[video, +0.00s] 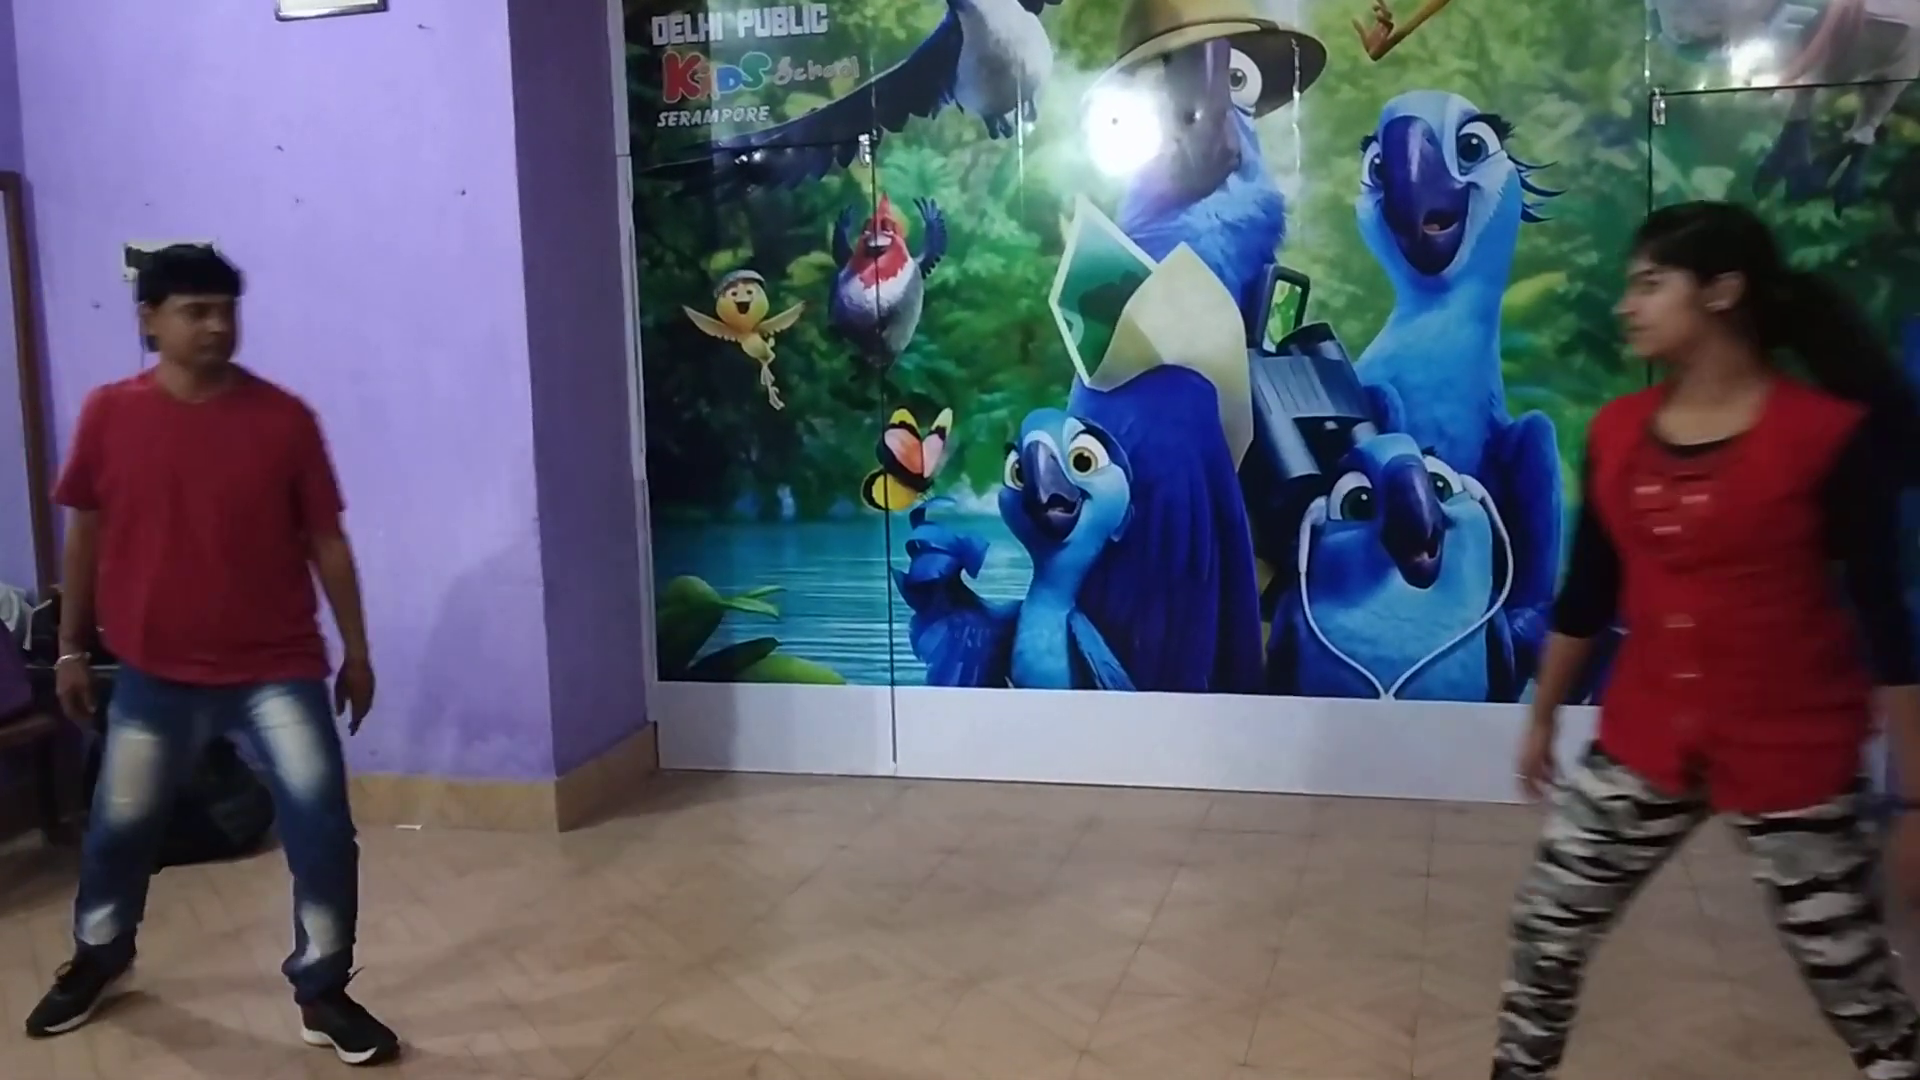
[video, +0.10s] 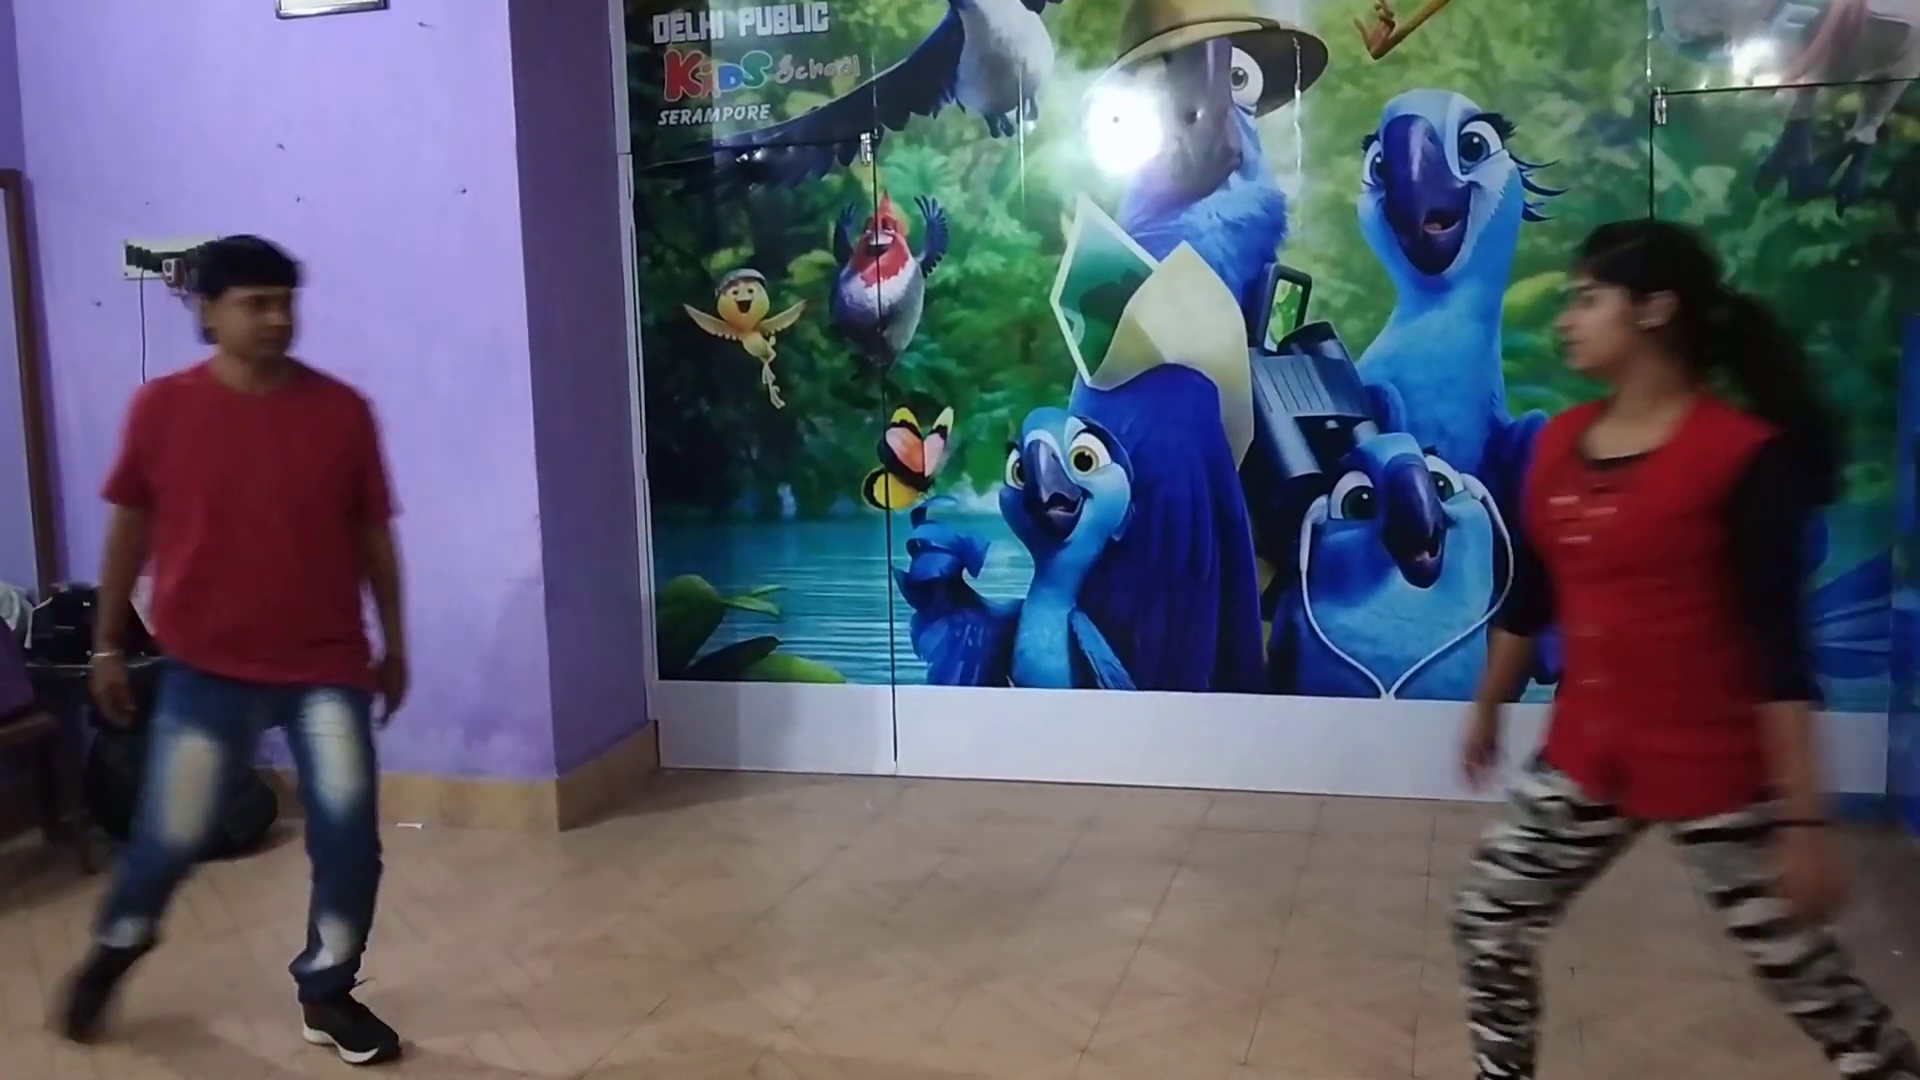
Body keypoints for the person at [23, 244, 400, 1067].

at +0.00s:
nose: (215, 325)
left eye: (225, 311)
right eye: (196, 312)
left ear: (237, 318)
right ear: (151, 322)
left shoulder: (284, 418)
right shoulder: (110, 414)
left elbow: (326, 539)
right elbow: (85, 527)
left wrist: (358, 653)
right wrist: (71, 647)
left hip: (275, 667)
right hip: (152, 668)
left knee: (320, 807)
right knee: (122, 816)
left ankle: (325, 990)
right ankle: (99, 955)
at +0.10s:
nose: (276, 319)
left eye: (285, 304)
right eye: (256, 305)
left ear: (298, 310)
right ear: (209, 312)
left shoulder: (342, 410)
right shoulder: (164, 406)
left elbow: (373, 532)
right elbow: (130, 520)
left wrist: (394, 647)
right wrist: (106, 644)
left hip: (323, 662)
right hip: (205, 663)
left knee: (351, 827)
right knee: (171, 835)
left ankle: (329, 993)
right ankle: (110, 960)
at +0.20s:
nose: (336, 316)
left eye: (343, 301)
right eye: (316, 302)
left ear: (354, 307)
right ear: (265, 309)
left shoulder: (394, 409)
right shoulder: (214, 404)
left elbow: (423, 532)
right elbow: (174, 518)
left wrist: (443, 647)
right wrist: (145, 644)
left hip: (365, 665)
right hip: (247, 662)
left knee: (374, 844)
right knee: (250, 836)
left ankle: (333, 987)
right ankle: (222, 992)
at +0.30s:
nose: (392, 317)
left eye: (400, 302)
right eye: (372, 303)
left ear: (410, 308)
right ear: (320, 309)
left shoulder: (446, 413)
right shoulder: (267, 405)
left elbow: (474, 537)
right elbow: (218, 526)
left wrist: (505, 653)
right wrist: (183, 657)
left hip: (412, 671)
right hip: (302, 665)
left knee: (407, 865)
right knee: (351, 815)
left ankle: (334, 973)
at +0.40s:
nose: (456, 317)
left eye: (463, 301)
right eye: (436, 301)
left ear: (472, 306)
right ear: (379, 307)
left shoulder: (502, 414)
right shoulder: (321, 409)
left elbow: (543, 539)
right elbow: (262, 536)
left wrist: (586, 651)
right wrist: (213, 666)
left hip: (464, 678)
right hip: (359, 672)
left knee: (443, 867)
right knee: (439, 859)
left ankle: (347, 971)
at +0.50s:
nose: (525, 314)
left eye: (532, 297)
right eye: (505, 296)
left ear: (539, 302)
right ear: (445, 300)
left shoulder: (563, 414)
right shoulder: (383, 412)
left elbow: (617, 538)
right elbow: (309, 550)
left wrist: (691, 639)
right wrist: (246, 682)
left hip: (535, 687)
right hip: (433, 681)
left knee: (524, 886)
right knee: (528, 877)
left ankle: (399, 956)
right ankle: (558, 1067)